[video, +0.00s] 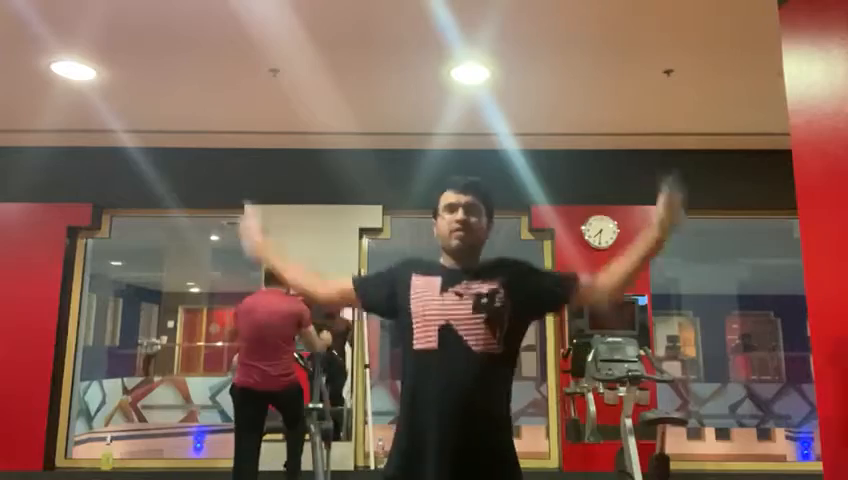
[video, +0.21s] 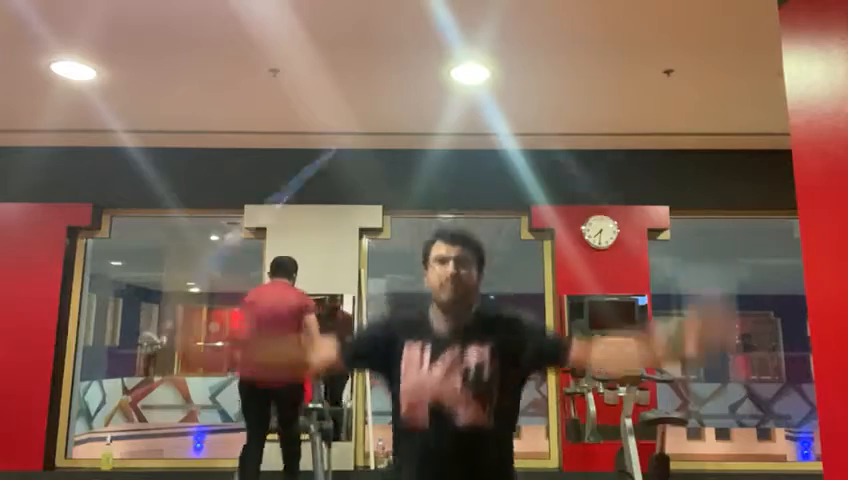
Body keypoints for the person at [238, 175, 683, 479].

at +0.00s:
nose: (460, 219)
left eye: (472, 212)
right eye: (451, 211)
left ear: (488, 226)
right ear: (434, 223)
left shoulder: (514, 279)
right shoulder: (405, 278)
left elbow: (600, 292)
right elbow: (327, 293)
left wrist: (655, 232)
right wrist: (264, 251)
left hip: (487, 460)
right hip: (414, 457)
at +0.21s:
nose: (452, 271)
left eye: (463, 263)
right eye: (441, 262)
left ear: (480, 276)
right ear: (425, 274)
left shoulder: (511, 333)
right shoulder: (394, 333)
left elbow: (588, 356)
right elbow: (316, 359)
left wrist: (660, 348)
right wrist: (247, 354)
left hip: (489, 473)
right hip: (414, 473)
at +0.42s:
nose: (443, 231)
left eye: (454, 222)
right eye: (434, 221)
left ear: (471, 234)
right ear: (418, 232)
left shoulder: (503, 303)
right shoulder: (390, 307)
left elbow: (556, 387)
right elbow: (328, 396)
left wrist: (623, 465)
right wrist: (248, 465)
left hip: (482, 468)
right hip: (408, 468)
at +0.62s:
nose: (441, 166)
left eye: (451, 160)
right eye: (431, 159)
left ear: (468, 178)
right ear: (415, 176)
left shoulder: (498, 239)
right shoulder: (386, 243)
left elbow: (539, 334)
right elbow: (359, 335)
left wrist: (601, 390)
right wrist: (293, 398)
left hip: (479, 420)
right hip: (404, 421)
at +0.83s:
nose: (438, 245)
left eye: (450, 238)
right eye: (428, 238)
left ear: (466, 256)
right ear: (413, 254)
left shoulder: (496, 322)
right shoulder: (383, 323)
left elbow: (568, 388)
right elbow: (322, 396)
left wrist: (652, 430)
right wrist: (238, 433)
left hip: (471, 471)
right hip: (398, 470)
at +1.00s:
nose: (437, 192)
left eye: (447, 186)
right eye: (426, 185)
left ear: (463, 205)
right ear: (411, 205)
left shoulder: (491, 268)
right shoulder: (384, 274)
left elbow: (544, 358)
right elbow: (337, 359)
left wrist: (609, 420)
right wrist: (260, 425)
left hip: (478, 453)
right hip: (401, 453)